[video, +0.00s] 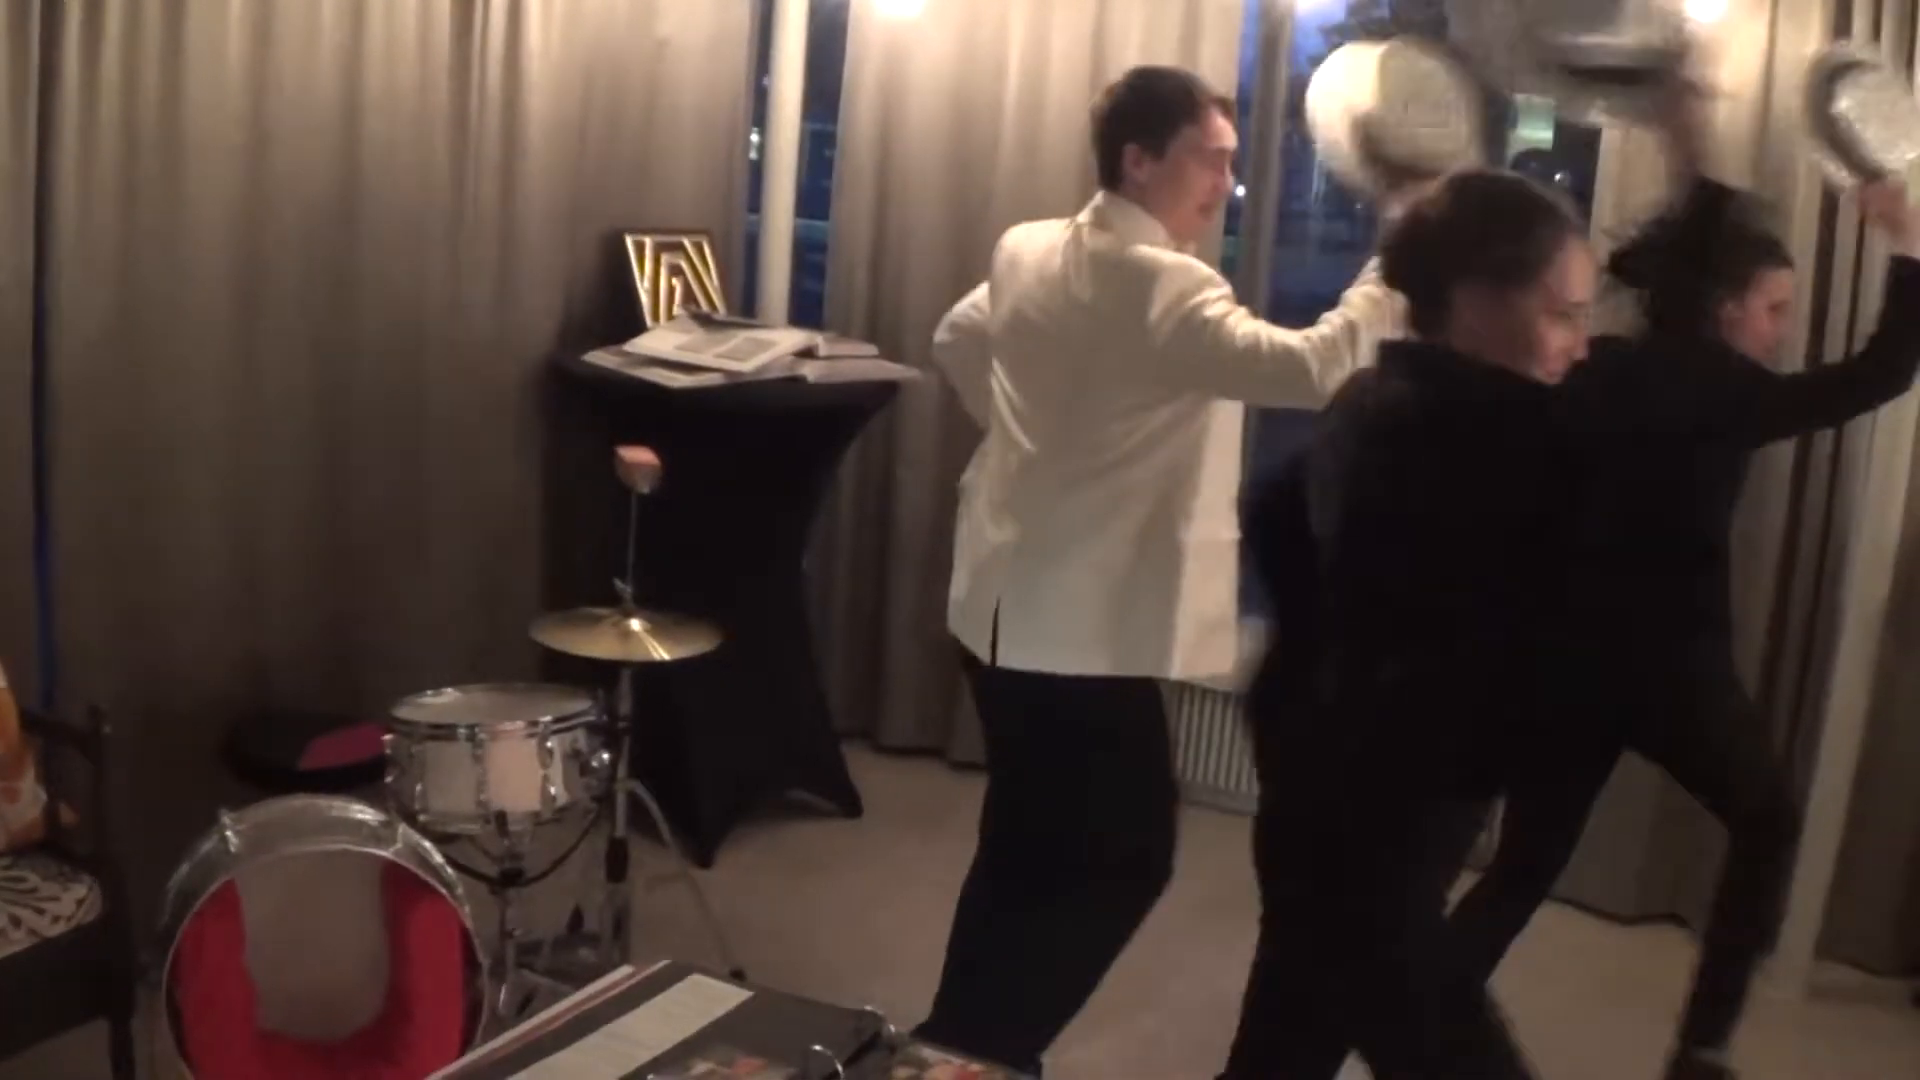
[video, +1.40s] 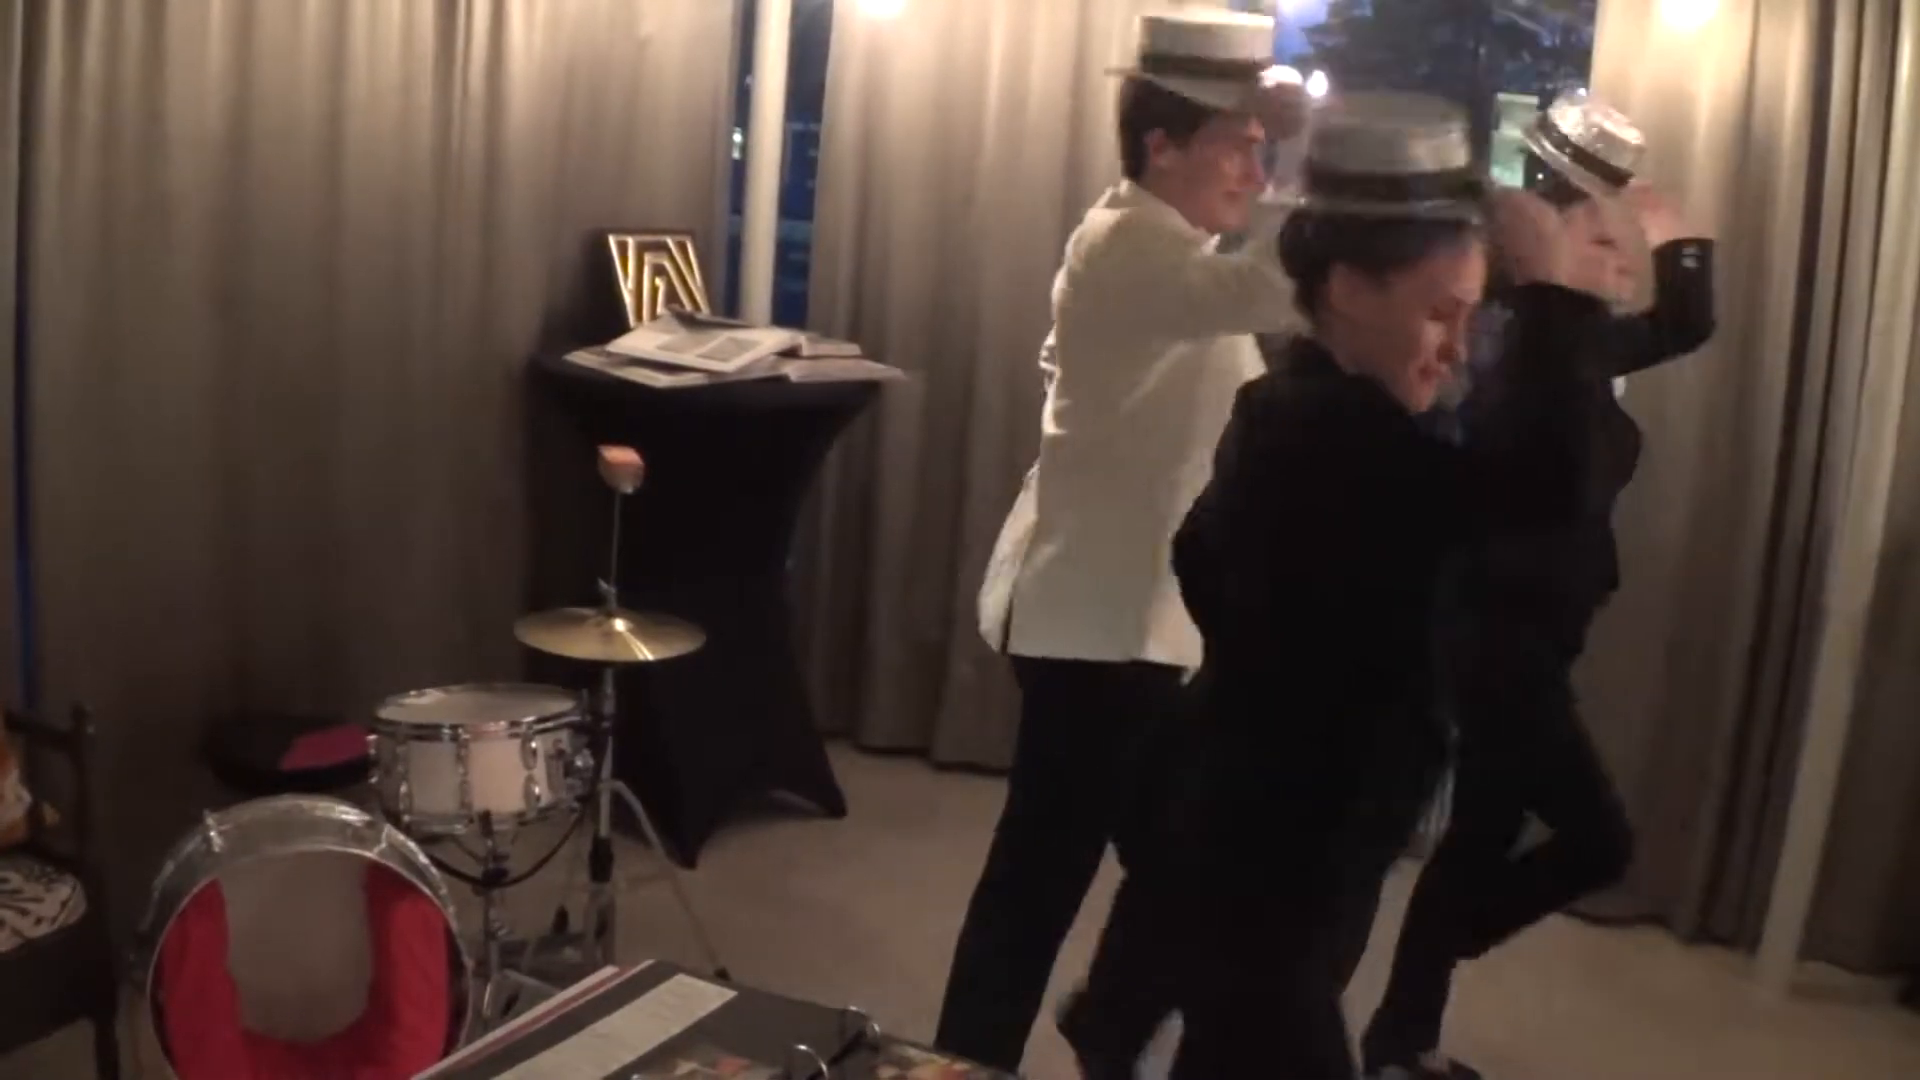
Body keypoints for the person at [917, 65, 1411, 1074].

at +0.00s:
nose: (1229, 183)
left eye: (1231, 162)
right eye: (1213, 161)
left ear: (1126, 167)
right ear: (1142, 161)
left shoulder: (1029, 252)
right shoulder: (1167, 291)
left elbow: (955, 339)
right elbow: (1309, 369)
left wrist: (1027, 435)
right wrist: (1400, 255)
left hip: (997, 613)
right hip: (1087, 634)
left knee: (1024, 838)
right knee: (1131, 855)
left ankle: (958, 1044)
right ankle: (988, 1051)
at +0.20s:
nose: (1281, 172)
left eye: (1284, 149)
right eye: (1268, 147)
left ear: (1182, 144)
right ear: (1192, 141)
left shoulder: (1064, 216)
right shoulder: (1228, 280)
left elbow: (952, 293)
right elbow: (1365, 363)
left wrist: (992, 418)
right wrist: (1515, 334)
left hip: (1019, 581)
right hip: (1146, 616)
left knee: (969, 801)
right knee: (1201, 843)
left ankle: (872, 1031)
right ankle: (1131, 1065)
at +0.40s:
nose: (1320, 238)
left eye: (1324, 216)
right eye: (1309, 214)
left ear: (1231, 209)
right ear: (1233, 206)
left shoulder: (1087, 289)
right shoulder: (1277, 353)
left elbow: (967, 371)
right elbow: (1427, 429)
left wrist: (1015, 496)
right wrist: (1613, 439)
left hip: (1046, 660)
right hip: (1183, 689)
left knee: (961, 863)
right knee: (1274, 900)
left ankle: (834, 1047)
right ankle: (1203, 1075)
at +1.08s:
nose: (1354, 211)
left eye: (1355, 186)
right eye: (1339, 184)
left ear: (1250, 186)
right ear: (1265, 184)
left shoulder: (1122, 264)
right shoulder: (1303, 341)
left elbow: (1011, 352)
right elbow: (1402, 448)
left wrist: (1050, 479)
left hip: (1068, 645)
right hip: (1195, 683)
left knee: (1005, 846)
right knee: (1238, 914)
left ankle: (877, 1043)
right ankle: (1186, 1078)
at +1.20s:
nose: (1331, 178)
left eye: (1331, 154)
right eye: (1314, 153)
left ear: (1228, 157)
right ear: (1239, 154)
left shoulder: (1128, 235)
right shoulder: (1252, 284)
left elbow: (1036, 326)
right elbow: (1399, 347)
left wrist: (1082, 442)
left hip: (1060, 599)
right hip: (1150, 631)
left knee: (1048, 848)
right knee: (1177, 897)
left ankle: (977, 1057)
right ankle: (1167, 1072)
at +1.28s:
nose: (1301, 173)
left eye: (1305, 151)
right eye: (1285, 147)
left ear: (1209, 150)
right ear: (1212, 147)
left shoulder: (1123, 237)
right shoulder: (1204, 254)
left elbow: (1050, 338)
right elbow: (1370, 305)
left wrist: (1088, 450)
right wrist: (1387, 144)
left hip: (1075, 601)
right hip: (1129, 621)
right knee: (1050, 862)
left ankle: (977, 1055)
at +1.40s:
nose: (1257, 171)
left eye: (1261, 150)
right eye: (1238, 147)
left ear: (1175, 151)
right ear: (1164, 150)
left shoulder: (1167, 244)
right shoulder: (1137, 246)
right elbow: (1289, 293)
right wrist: (1310, 170)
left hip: (1130, 609)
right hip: (1101, 617)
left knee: (1181, 857)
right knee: (1040, 866)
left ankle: (1114, 1032)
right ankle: (972, 1057)